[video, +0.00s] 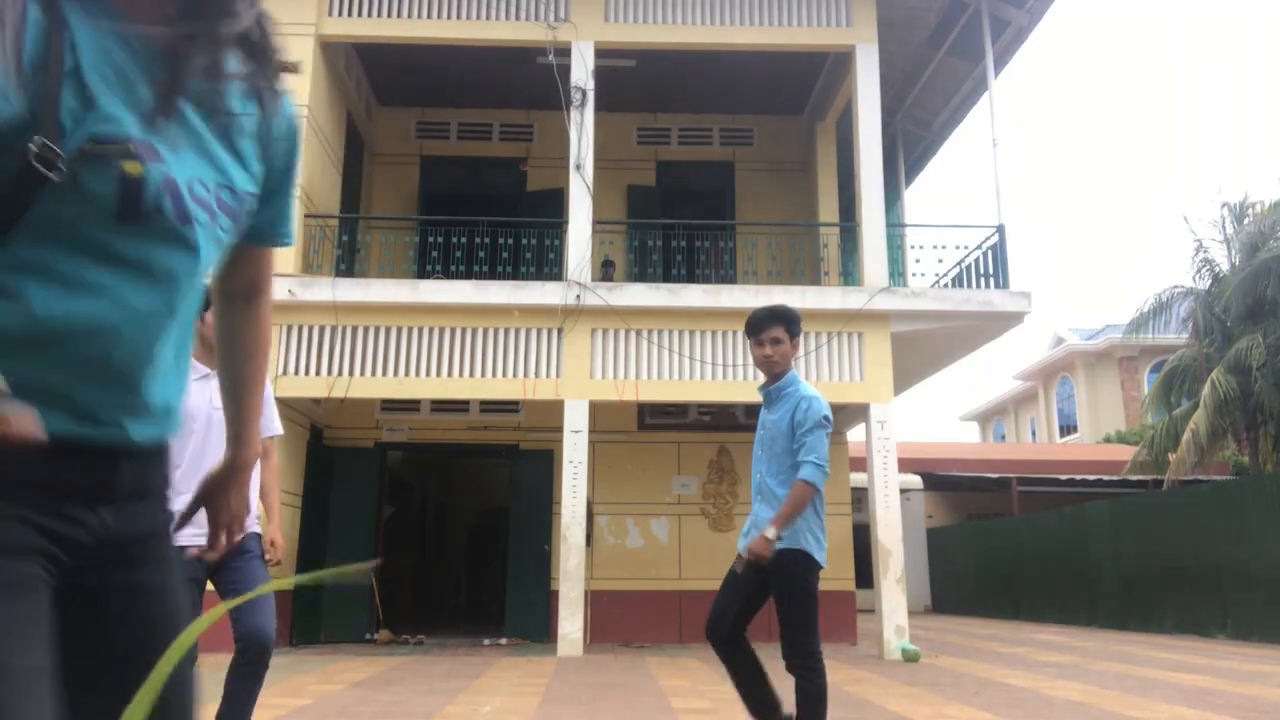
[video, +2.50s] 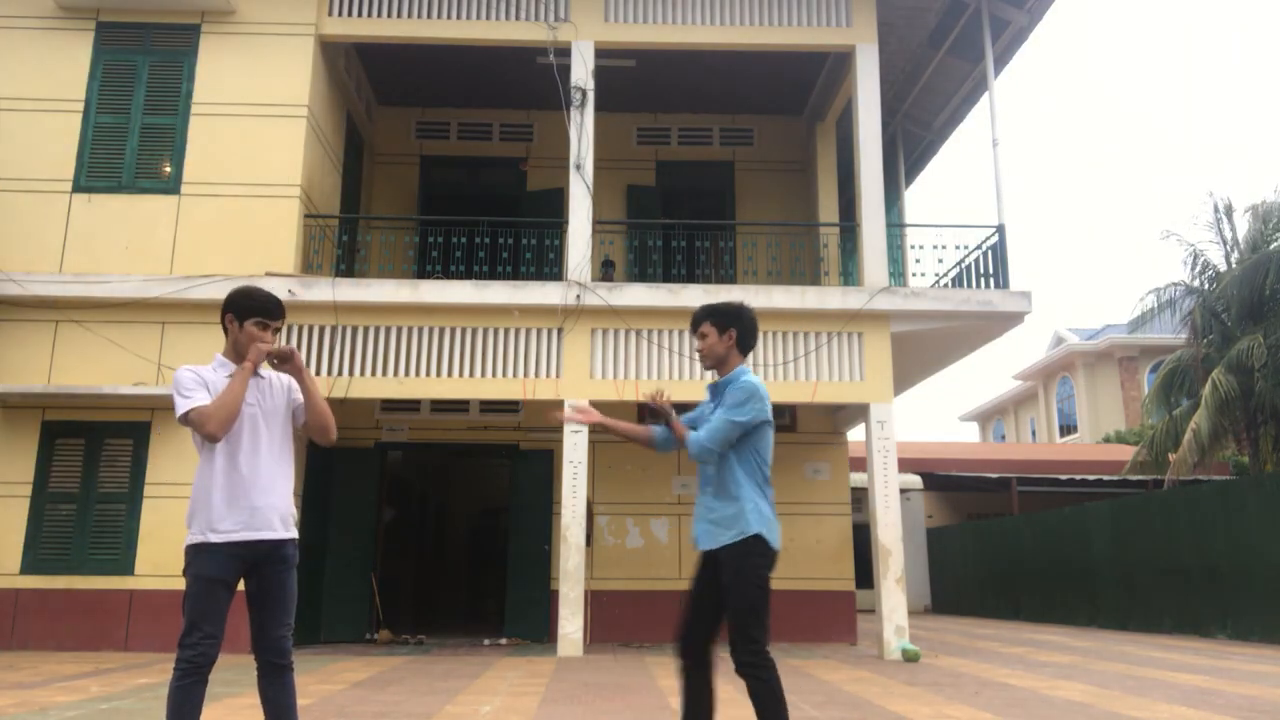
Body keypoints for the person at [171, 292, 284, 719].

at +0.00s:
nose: (232, 323)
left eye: (238, 314)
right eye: (221, 312)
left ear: (247, 324)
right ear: (199, 318)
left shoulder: (253, 379)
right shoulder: (168, 378)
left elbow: (267, 455)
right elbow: (143, 453)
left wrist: (272, 522)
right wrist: (149, 521)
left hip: (240, 537)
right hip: (178, 541)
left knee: (259, 637)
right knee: (176, 653)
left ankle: (232, 718)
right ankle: (171, 716)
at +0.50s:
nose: (255, 327)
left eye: (260, 320)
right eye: (246, 317)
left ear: (261, 327)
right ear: (214, 320)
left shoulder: (271, 387)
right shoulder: (173, 384)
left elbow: (280, 455)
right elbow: (147, 457)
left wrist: (286, 510)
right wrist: (163, 513)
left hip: (251, 544)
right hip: (190, 543)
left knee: (268, 654)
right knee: (182, 657)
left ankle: (275, 719)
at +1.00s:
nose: (293, 328)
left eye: (296, 321)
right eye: (285, 317)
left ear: (294, 329)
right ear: (253, 320)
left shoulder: (298, 388)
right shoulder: (210, 377)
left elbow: (301, 454)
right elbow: (176, 450)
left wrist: (308, 504)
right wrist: (192, 519)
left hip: (278, 545)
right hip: (218, 544)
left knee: (278, 656)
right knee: (199, 657)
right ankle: (179, 719)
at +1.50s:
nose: (297, 331)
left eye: (300, 323)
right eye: (290, 320)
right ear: (257, 321)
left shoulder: (300, 389)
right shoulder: (209, 380)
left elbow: (307, 456)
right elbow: (183, 455)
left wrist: (318, 503)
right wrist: (212, 514)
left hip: (284, 544)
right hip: (224, 542)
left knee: (283, 657)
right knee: (203, 655)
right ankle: (183, 719)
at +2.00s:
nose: (281, 330)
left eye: (283, 322)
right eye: (272, 320)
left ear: (274, 327)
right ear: (240, 320)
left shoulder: (288, 387)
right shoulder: (195, 383)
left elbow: (299, 455)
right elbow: (172, 460)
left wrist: (304, 502)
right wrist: (231, 489)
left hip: (275, 543)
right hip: (214, 543)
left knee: (278, 658)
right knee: (197, 656)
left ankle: (284, 719)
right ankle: (179, 719)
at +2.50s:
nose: (268, 337)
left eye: (275, 330)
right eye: (260, 326)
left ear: (279, 335)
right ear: (230, 323)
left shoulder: (285, 386)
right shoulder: (193, 377)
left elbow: (326, 434)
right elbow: (213, 427)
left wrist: (302, 374)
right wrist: (247, 366)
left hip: (277, 538)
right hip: (215, 538)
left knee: (278, 658)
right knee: (197, 656)